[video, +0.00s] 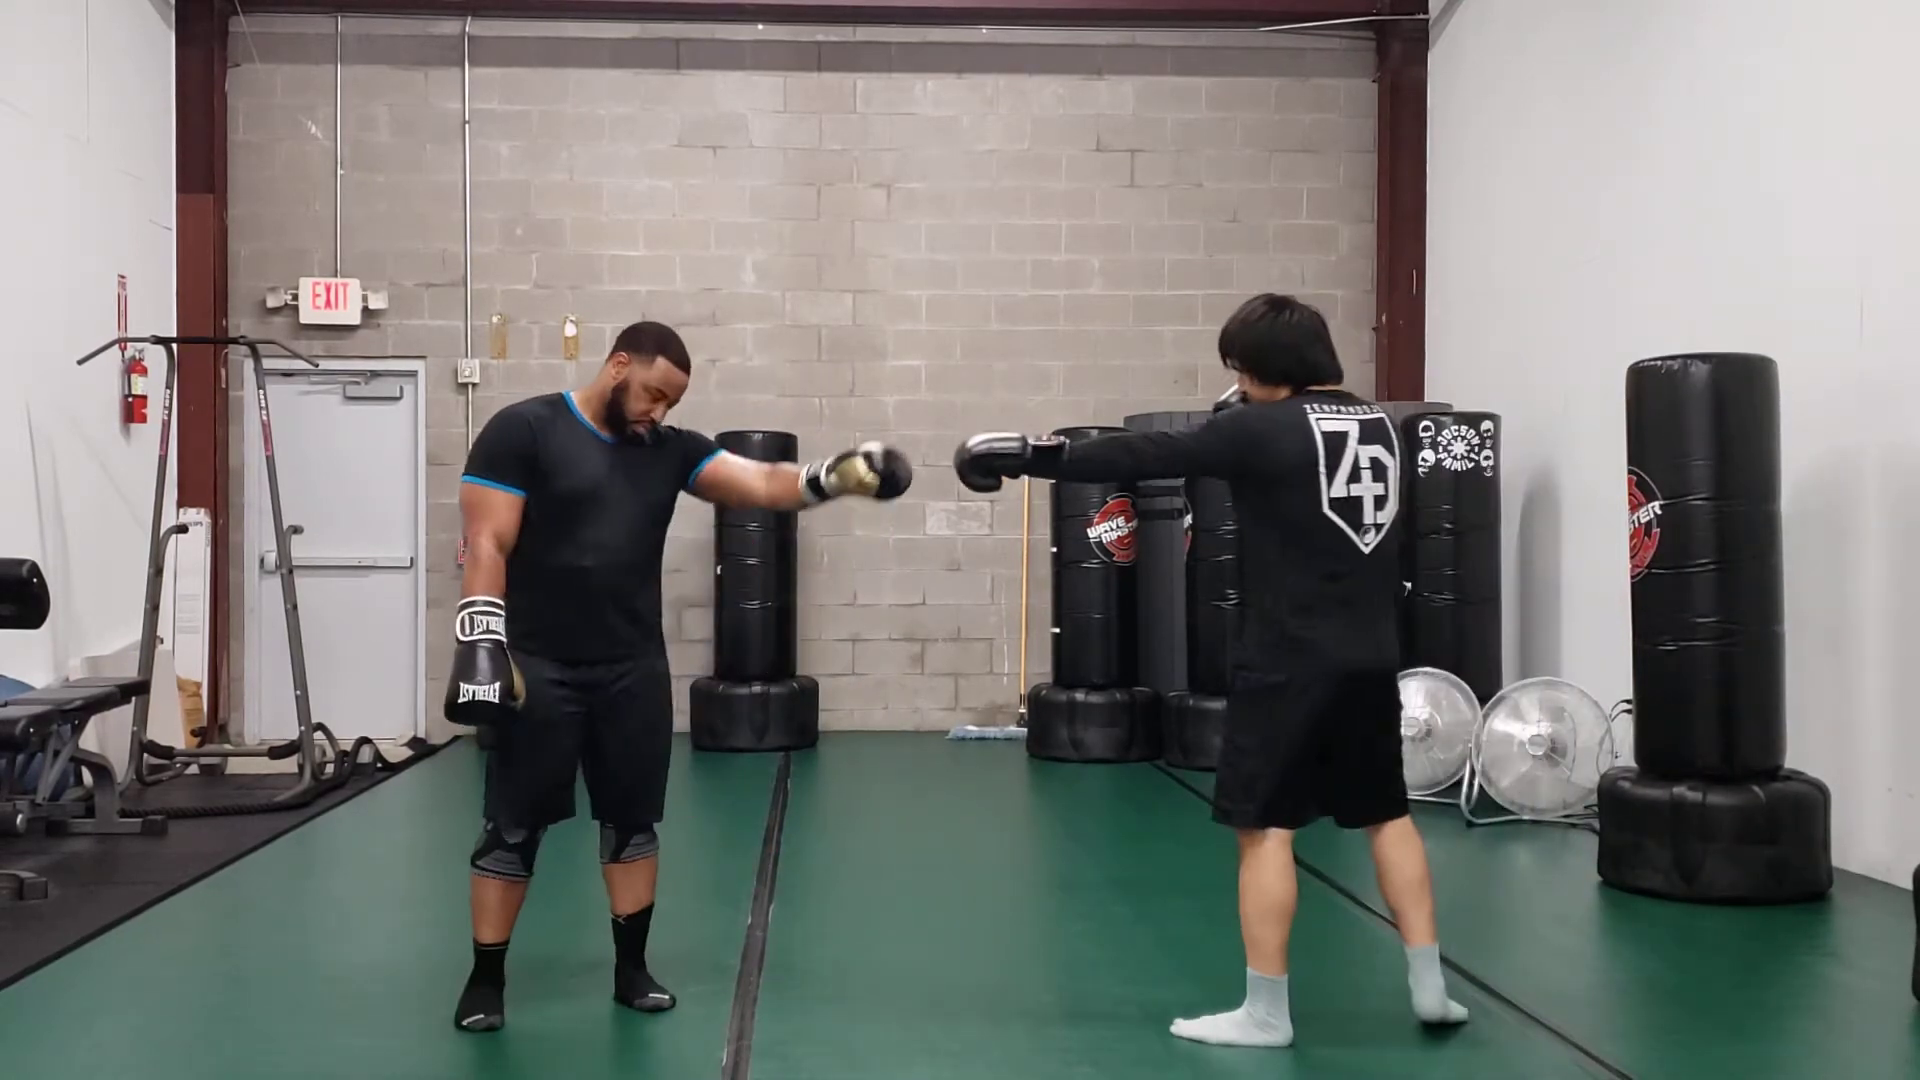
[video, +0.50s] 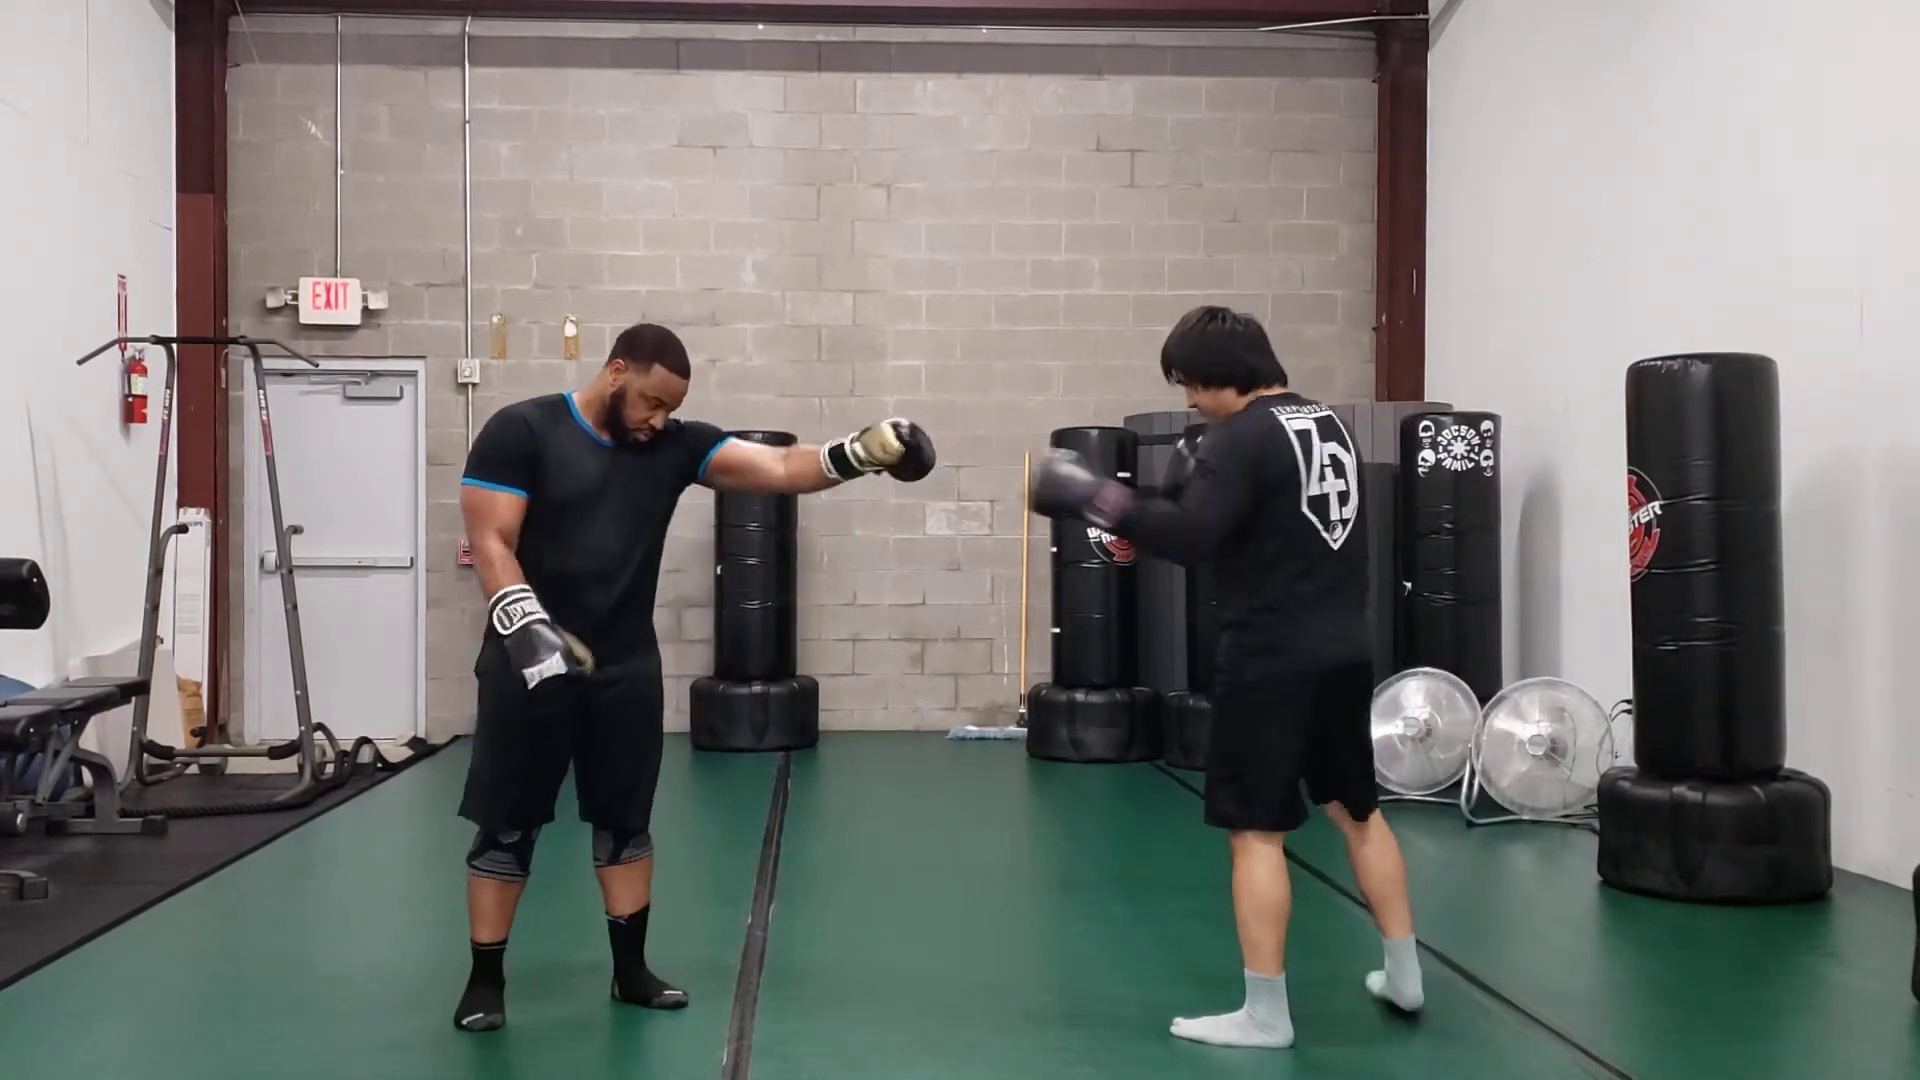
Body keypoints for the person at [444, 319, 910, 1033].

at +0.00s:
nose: (660, 414)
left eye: (671, 402)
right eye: (657, 395)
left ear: (670, 393)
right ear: (619, 365)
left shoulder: (666, 449)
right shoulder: (522, 432)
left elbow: (763, 481)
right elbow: (484, 543)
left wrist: (831, 478)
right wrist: (482, 639)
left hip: (633, 671)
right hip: (536, 670)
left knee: (634, 824)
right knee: (511, 831)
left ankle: (632, 968)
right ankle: (485, 980)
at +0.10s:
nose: (656, 421)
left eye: (666, 410)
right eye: (652, 404)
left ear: (673, 400)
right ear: (616, 371)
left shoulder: (665, 442)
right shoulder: (519, 431)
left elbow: (768, 458)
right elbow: (486, 544)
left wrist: (851, 447)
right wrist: (489, 641)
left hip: (622, 673)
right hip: (526, 670)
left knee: (626, 824)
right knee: (503, 832)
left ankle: (632, 969)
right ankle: (484, 981)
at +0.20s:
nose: (654, 425)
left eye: (665, 414)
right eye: (649, 408)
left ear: (674, 404)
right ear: (615, 374)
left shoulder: (666, 445)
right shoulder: (515, 433)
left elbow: (770, 456)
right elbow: (490, 548)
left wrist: (858, 445)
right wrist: (501, 640)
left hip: (615, 675)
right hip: (522, 670)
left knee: (619, 824)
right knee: (499, 833)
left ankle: (630, 969)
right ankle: (483, 981)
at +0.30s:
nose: (654, 428)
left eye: (665, 418)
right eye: (650, 411)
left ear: (672, 407)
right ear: (615, 377)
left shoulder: (664, 448)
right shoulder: (516, 432)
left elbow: (764, 457)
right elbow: (491, 546)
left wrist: (847, 446)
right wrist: (510, 636)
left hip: (615, 666)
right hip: (523, 661)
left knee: (620, 822)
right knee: (499, 829)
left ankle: (630, 969)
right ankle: (484, 981)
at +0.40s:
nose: (654, 425)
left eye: (665, 414)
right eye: (649, 408)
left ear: (673, 403)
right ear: (615, 376)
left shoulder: (668, 445)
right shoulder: (518, 431)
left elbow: (768, 455)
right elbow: (494, 543)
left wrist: (853, 446)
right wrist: (518, 634)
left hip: (617, 665)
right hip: (528, 657)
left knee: (623, 820)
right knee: (504, 826)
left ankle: (631, 969)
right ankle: (484, 980)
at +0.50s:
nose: (660, 420)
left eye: (670, 408)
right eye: (654, 403)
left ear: (677, 398)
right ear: (617, 372)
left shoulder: (674, 444)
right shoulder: (521, 432)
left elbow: (778, 467)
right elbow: (489, 542)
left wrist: (860, 451)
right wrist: (523, 626)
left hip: (625, 666)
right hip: (531, 660)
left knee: (626, 824)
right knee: (505, 829)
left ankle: (631, 970)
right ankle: (485, 981)